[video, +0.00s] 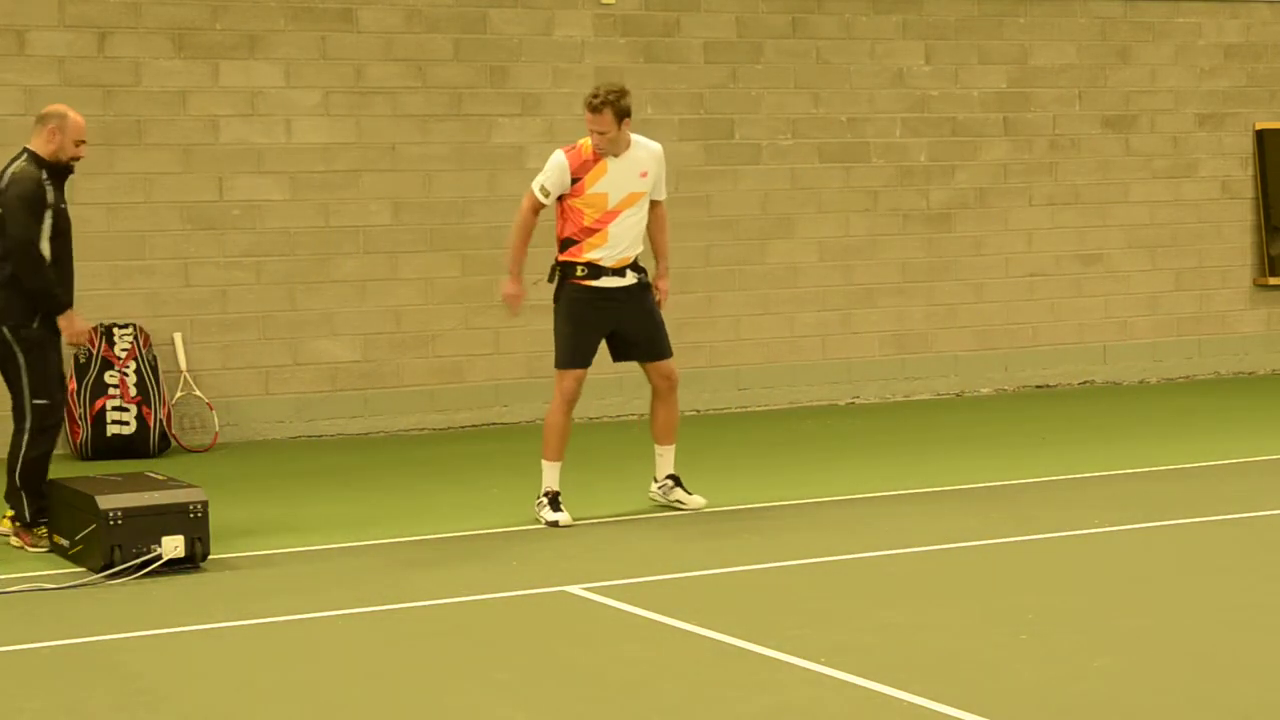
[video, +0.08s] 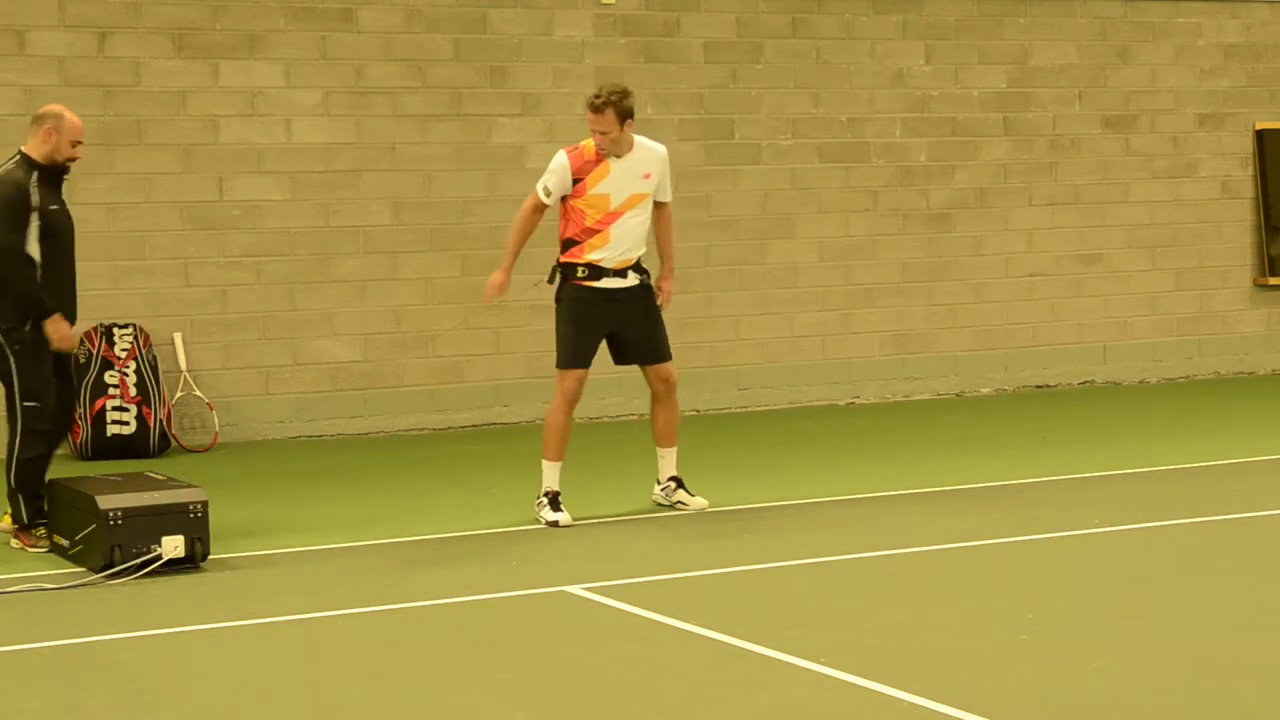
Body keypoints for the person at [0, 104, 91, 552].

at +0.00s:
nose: (82, 152)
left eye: (83, 144)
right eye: (78, 143)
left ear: (53, 137)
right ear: (50, 135)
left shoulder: (47, 177)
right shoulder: (25, 180)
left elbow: (47, 253)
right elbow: (24, 253)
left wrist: (64, 312)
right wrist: (63, 310)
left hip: (34, 319)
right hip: (17, 319)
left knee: (46, 411)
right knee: (37, 413)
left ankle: (28, 510)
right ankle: (24, 518)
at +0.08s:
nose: (78, 154)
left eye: (80, 145)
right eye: (74, 144)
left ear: (51, 138)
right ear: (46, 135)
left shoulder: (47, 181)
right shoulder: (15, 182)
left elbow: (48, 257)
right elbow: (12, 262)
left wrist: (64, 317)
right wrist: (49, 316)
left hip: (45, 323)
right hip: (19, 325)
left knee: (59, 413)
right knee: (32, 419)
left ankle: (26, 505)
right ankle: (25, 521)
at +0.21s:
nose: (72, 153)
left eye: (74, 145)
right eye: (67, 144)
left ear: (47, 139)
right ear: (40, 138)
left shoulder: (57, 186)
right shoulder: (4, 188)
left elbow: (58, 261)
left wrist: (70, 320)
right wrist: (17, 322)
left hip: (60, 326)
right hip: (20, 329)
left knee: (82, 407)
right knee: (26, 423)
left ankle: (38, 487)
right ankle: (25, 521)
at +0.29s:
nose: (70, 151)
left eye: (71, 143)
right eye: (63, 143)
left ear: (44, 139)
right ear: (34, 138)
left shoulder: (64, 187)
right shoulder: (2, 190)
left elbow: (70, 259)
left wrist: (83, 313)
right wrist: (2, 329)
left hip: (67, 327)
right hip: (21, 332)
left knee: (90, 408)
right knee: (24, 429)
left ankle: (58, 501)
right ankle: (27, 522)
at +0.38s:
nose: (68, 147)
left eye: (69, 139)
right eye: (61, 140)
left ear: (45, 139)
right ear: (31, 138)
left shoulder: (70, 187)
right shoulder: (3, 192)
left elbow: (81, 253)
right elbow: (1, 263)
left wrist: (98, 310)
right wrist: (7, 320)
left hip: (70, 327)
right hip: (20, 331)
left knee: (93, 414)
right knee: (22, 428)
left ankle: (86, 512)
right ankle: (28, 521)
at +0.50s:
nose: (71, 145)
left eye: (71, 137)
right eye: (63, 137)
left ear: (55, 138)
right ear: (32, 138)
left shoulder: (78, 187)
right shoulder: (4, 190)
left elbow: (95, 254)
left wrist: (119, 306)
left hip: (74, 330)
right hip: (19, 333)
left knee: (102, 420)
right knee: (23, 430)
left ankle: (121, 517)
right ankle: (28, 521)